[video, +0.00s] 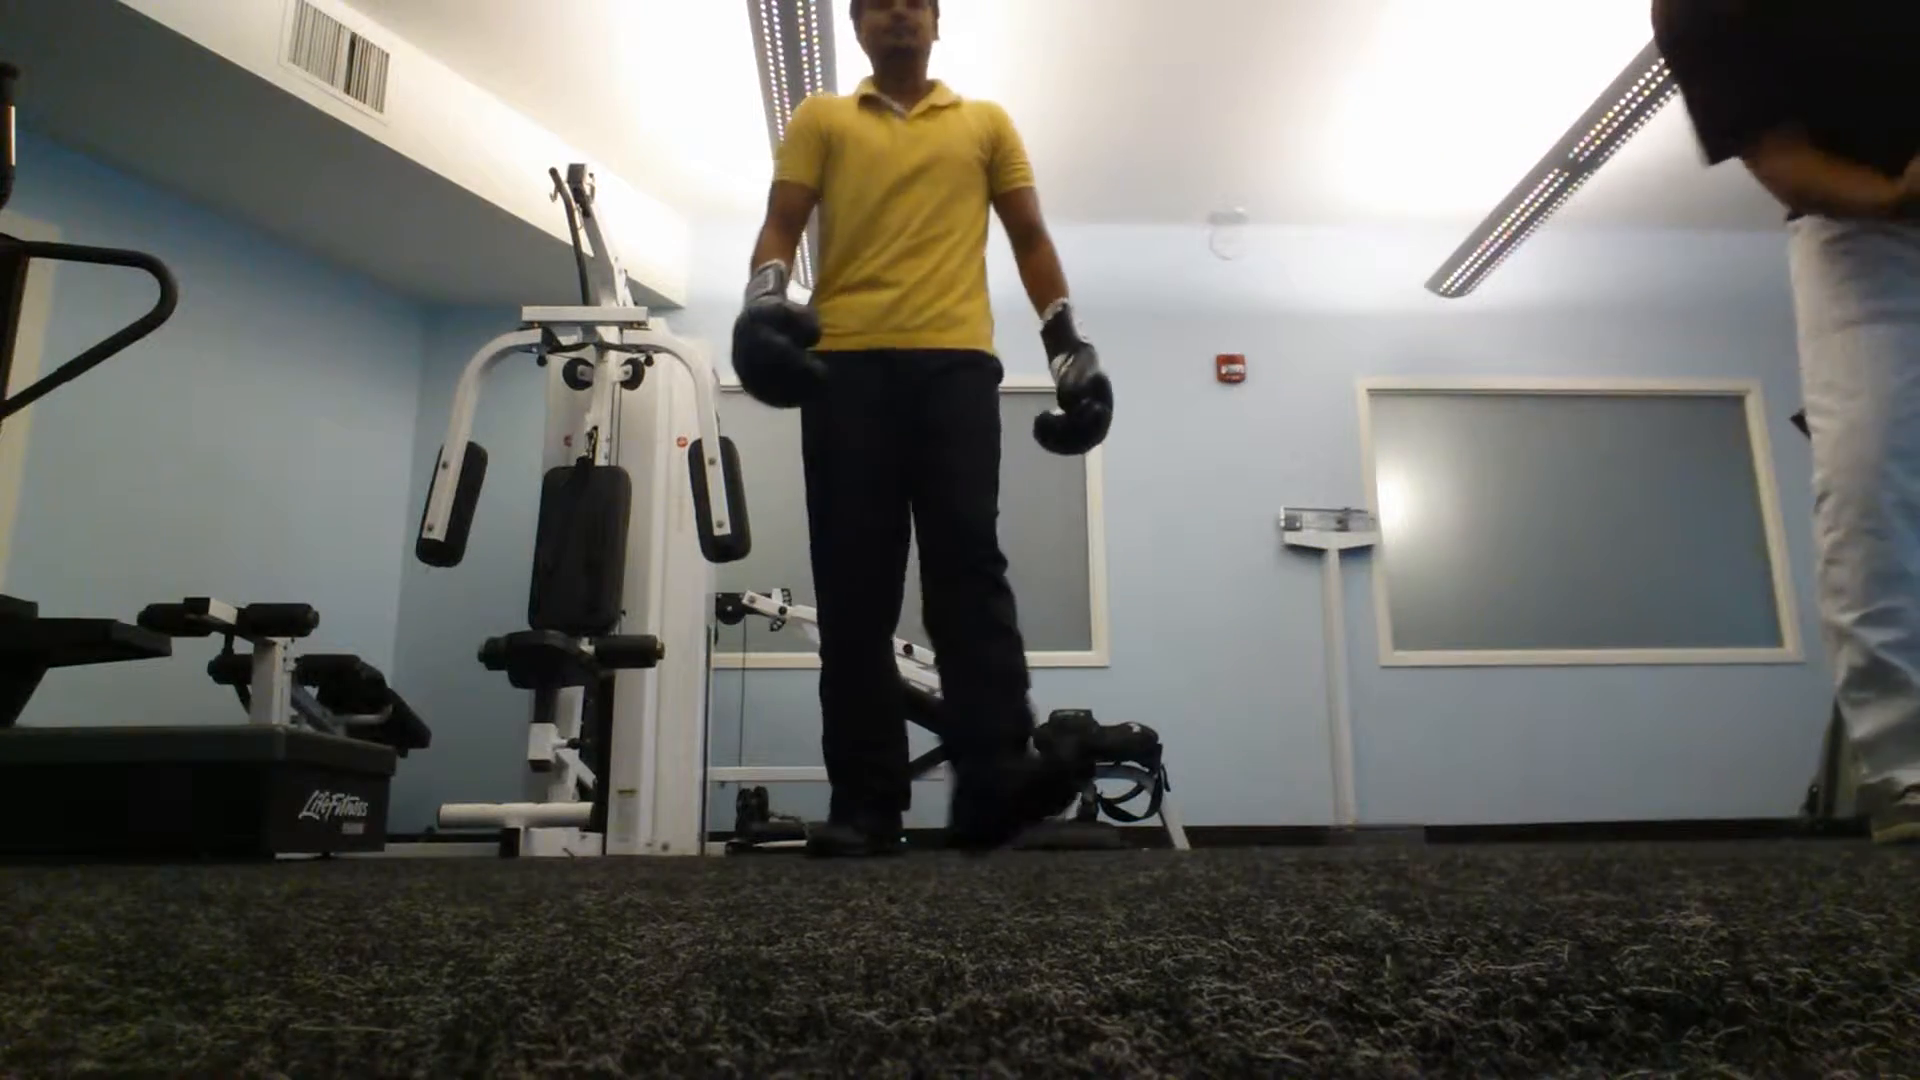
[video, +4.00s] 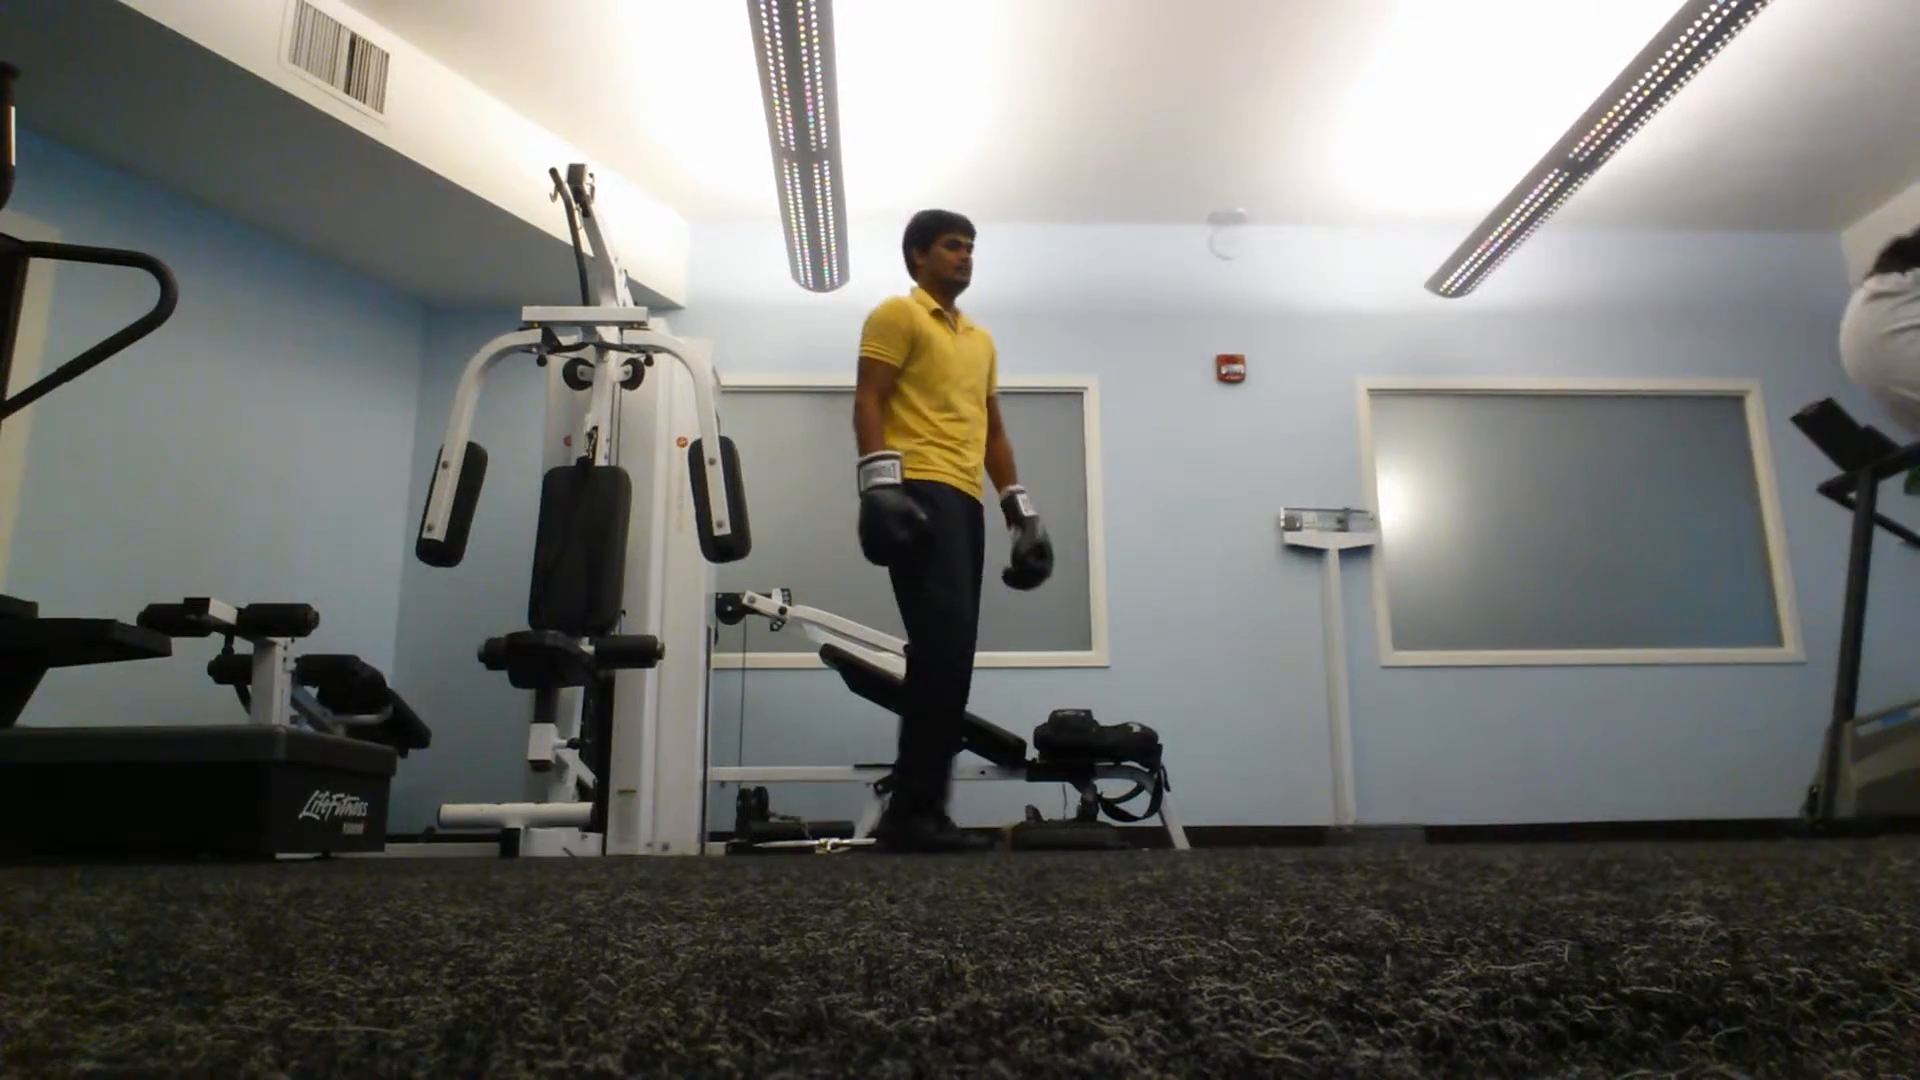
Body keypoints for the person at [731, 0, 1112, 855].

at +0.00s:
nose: (899, 15)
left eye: (914, 3)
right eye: (882, 4)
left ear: (935, 18)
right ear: (857, 20)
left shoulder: (983, 123)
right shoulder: (821, 118)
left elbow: (1030, 237)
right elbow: (783, 223)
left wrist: (1066, 342)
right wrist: (764, 299)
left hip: (957, 369)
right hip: (846, 371)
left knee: (969, 572)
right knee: (854, 593)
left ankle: (993, 790)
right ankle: (864, 807)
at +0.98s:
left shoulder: (1055, 89)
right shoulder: (881, 67)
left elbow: (1085, 220)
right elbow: (829, 192)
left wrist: (1111, 341)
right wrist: (800, 299)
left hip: (999, 322)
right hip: (892, 298)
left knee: (1009, 540)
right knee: (961, 246)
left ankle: (981, 782)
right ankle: (917, 484)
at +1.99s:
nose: (948, 122)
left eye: (963, 113)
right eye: (935, 111)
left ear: (981, 134)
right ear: (911, 128)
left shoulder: (1014, 212)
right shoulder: (872, 218)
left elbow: (1046, 302)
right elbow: (840, 321)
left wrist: (1036, 378)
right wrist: (804, 417)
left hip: (989, 431)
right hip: (895, 431)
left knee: (984, 618)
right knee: (882, 613)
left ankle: (973, 809)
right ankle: (890, 805)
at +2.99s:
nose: (883, 196)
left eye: (895, 187)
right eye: (870, 186)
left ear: (912, 201)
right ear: (849, 199)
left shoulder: (943, 280)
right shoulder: (824, 274)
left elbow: (968, 373)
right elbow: (799, 360)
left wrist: (975, 445)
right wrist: (792, 440)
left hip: (929, 481)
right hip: (849, 481)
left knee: (943, 647)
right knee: (851, 654)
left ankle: (961, 807)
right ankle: (851, 815)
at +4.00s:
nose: (966, 257)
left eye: (970, 249)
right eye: (954, 247)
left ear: (971, 260)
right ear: (920, 254)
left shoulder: (980, 340)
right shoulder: (897, 316)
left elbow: (992, 430)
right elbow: (868, 401)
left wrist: (1022, 514)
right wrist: (881, 484)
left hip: (965, 504)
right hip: (919, 495)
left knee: (953, 652)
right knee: (939, 649)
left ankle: (924, 810)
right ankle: (913, 812)